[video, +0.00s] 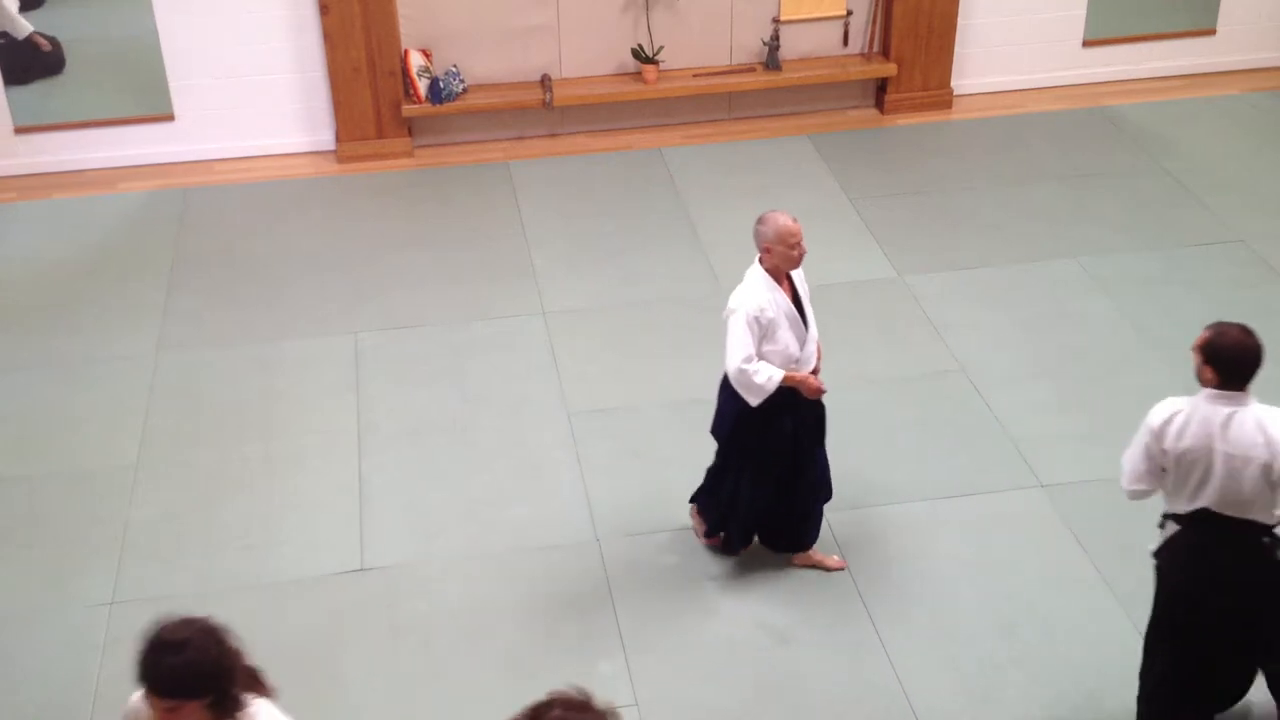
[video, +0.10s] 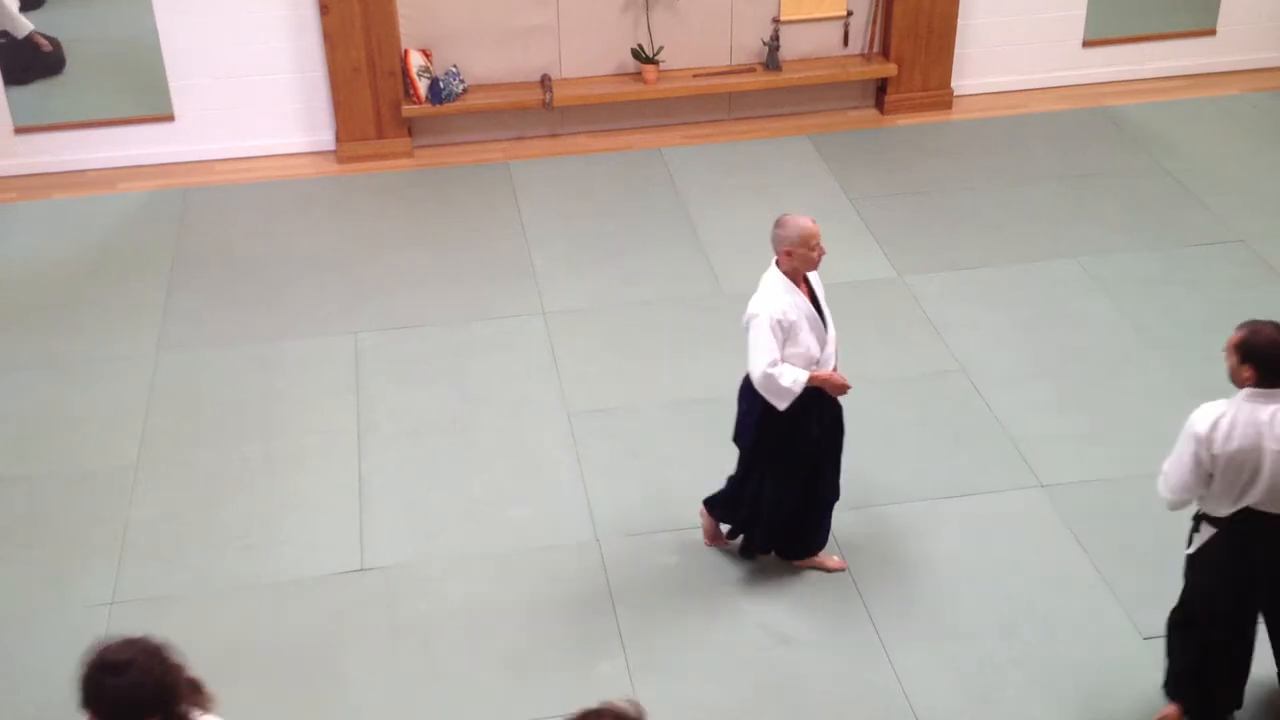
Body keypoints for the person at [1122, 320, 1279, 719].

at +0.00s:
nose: (1192, 354)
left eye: (1197, 352)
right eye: (1196, 348)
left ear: (1210, 372)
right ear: (1250, 369)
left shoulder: (1169, 418)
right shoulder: (1272, 425)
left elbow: (1135, 485)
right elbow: (1276, 496)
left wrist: (1176, 459)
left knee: (1171, 660)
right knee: (1273, 659)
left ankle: (1164, 712)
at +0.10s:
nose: (1225, 358)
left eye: (1230, 354)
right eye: (1228, 351)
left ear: (1248, 371)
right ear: (1266, 367)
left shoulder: (1213, 420)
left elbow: (1174, 492)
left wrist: (1213, 469)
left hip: (1225, 543)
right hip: (1273, 540)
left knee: (1203, 623)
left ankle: (1189, 702)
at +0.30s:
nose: (1262, 327)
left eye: (1267, 321)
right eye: (1265, 320)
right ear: (1276, 329)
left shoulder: (1260, 391)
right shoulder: (1261, 390)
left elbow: (1232, 459)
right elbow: (1235, 454)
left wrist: (1211, 471)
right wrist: (1218, 468)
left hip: (1258, 507)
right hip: (1269, 503)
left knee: (1246, 581)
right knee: (1266, 583)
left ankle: (1245, 652)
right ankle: (1259, 650)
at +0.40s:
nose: (1268, 325)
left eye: (1272, 319)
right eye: (1269, 317)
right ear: (1277, 324)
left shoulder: (1268, 386)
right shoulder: (1267, 385)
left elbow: (1249, 455)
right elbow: (1250, 452)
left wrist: (1218, 465)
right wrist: (1226, 463)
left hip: (1267, 501)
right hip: (1272, 495)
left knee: (1251, 563)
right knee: (1265, 563)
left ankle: (1246, 623)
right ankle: (1254, 623)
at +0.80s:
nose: (1260, 287)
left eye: (1267, 281)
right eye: (1261, 279)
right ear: (1268, 283)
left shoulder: (1272, 347)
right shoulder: (1270, 343)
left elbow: (1260, 421)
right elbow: (1260, 411)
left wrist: (1226, 427)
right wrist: (1231, 424)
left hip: (1270, 459)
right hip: (1268, 453)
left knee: (1237, 525)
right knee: (1256, 528)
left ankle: (1234, 603)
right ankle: (1259, 600)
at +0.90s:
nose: (1262, 286)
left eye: (1269, 282)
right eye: (1263, 279)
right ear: (1268, 280)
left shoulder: (1278, 347)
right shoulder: (1275, 340)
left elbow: (1270, 422)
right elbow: (1270, 392)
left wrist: (1228, 426)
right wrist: (1256, 405)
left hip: (1273, 455)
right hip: (1270, 449)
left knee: (1239, 520)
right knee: (1257, 522)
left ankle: (1237, 600)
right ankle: (1260, 596)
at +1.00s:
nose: (1265, 290)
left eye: (1271, 285)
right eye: (1266, 283)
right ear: (1268, 283)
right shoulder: (1276, 339)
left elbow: (1278, 423)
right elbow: (1278, 375)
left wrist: (1236, 428)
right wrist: (1265, 392)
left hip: (1275, 450)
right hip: (1272, 444)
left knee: (1239, 511)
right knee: (1253, 511)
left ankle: (1243, 596)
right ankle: (1247, 591)